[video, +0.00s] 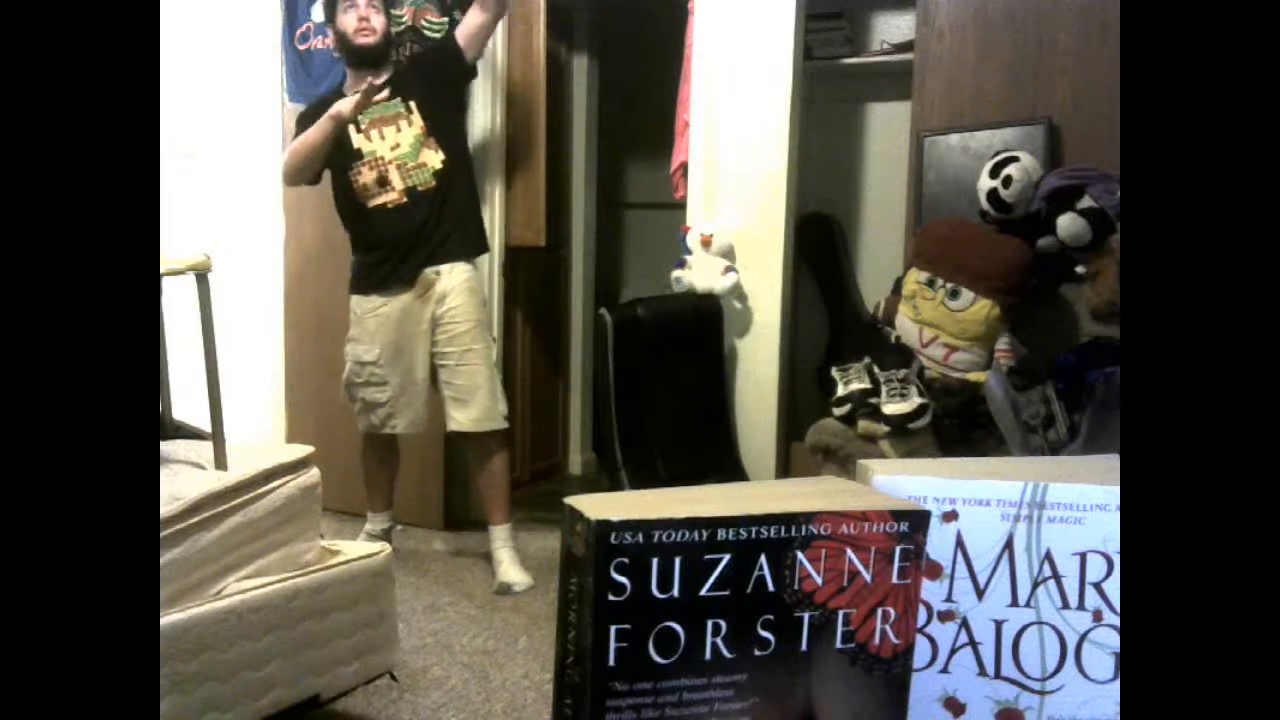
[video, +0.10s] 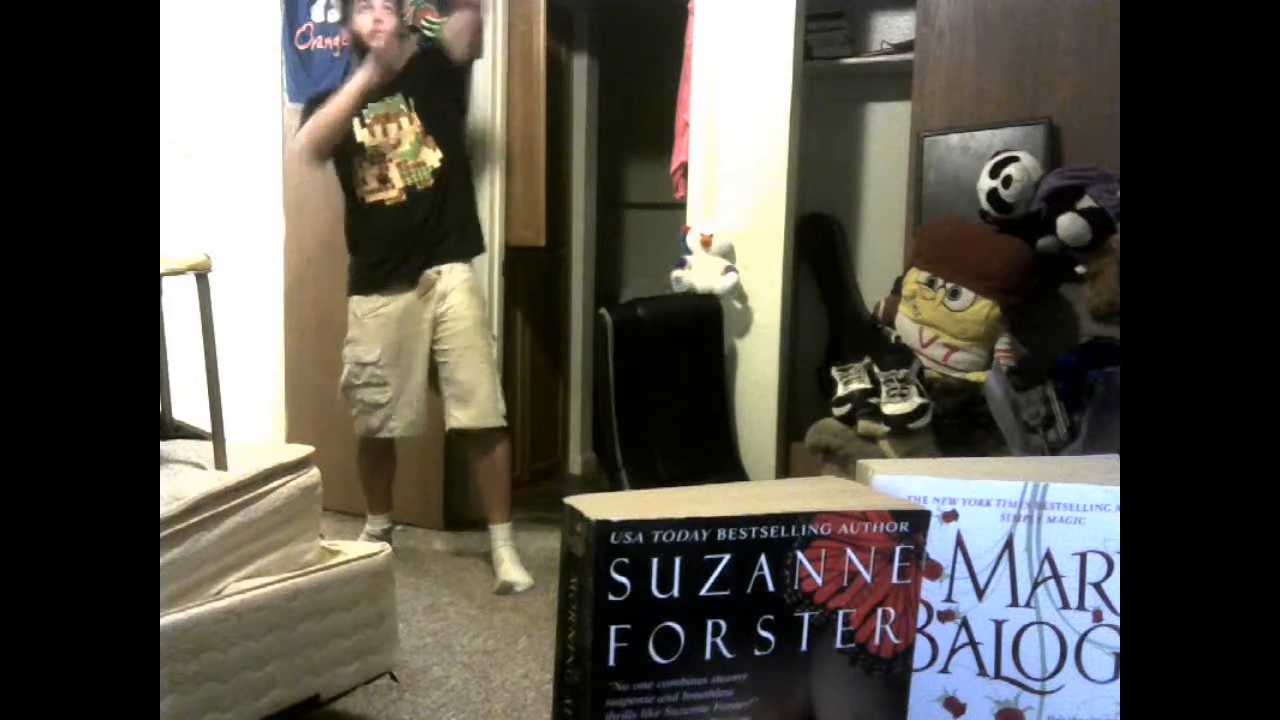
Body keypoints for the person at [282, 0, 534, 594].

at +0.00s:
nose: (364, 13)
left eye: (373, 5)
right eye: (350, 7)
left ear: (388, 19)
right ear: (334, 29)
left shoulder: (432, 69)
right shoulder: (324, 111)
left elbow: (490, 6)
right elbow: (293, 175)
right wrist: (335, 118)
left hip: (453, 263)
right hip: (380, 279)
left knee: (479, 408)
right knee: (378, 410)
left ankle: (503, 544)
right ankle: (378, 531)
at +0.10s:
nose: (379, 15)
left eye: (388, 7)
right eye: (367, 9)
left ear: (405, 19)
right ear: (351, 27)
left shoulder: (437, 67)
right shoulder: (338, 95)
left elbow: (474, 9)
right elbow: (310, 146)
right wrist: (369, 74)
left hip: (451, 265)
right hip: (378, 278)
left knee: (480, 408)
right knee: (374, 412)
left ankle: (502, 542)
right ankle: (378, 530)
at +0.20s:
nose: (392, 15)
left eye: (399, 6)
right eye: (380, 7)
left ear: (412, 19)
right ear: (356, 20)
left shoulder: (438, 74)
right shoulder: (336, 82)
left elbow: (461, 11)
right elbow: (327, 125)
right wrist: (384, 51)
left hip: (448, 273)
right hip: (375, 285)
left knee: (484, 411)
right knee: (368, 420)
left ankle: (503, 544)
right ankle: (377, 531)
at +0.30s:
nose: (371, 33)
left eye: (383, 24)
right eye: (357, 23)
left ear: (397, 33)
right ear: (338, 37)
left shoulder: (428, 90)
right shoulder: (329, 107)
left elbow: (464, 25)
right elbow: (333, 149)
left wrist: (410, 1)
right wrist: (400, 80)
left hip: (437, 269)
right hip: (367, 279)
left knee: (474, 410)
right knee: (357, 416)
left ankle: (499, 544)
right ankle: (377, 535)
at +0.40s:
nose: (367, 37)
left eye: (378, 27)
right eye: (353, 27)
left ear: (393, 35)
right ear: (334, 40)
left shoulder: (428, 87)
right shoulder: (321, 109)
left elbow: (469, 29)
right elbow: (319, 160)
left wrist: (426, 0)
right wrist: (383, 98)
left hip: (436, 268)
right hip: (363, 279)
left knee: (466, 409)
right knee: (353, 416)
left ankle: (497, 540)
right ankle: (378, 532)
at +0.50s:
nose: (352, 48)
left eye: (363, 36)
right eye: (339, 37)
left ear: (379, 42)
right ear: (318, 46)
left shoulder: (407, 88)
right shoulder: (304, 116)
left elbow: (465, 88)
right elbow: (315, 171)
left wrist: (448, 28)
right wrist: (385, 130)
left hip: (424, 278)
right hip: (351, 287)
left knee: (462, 399)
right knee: (346, 420)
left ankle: (476, 527)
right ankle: (375, 531)